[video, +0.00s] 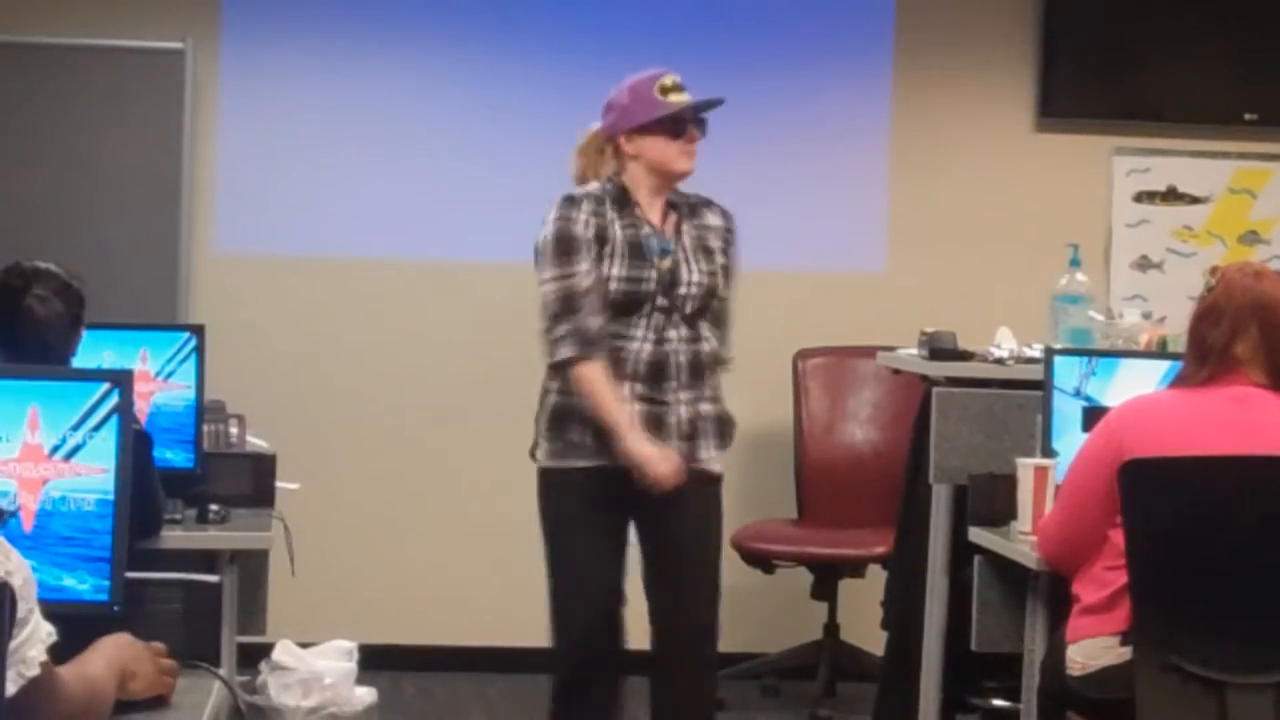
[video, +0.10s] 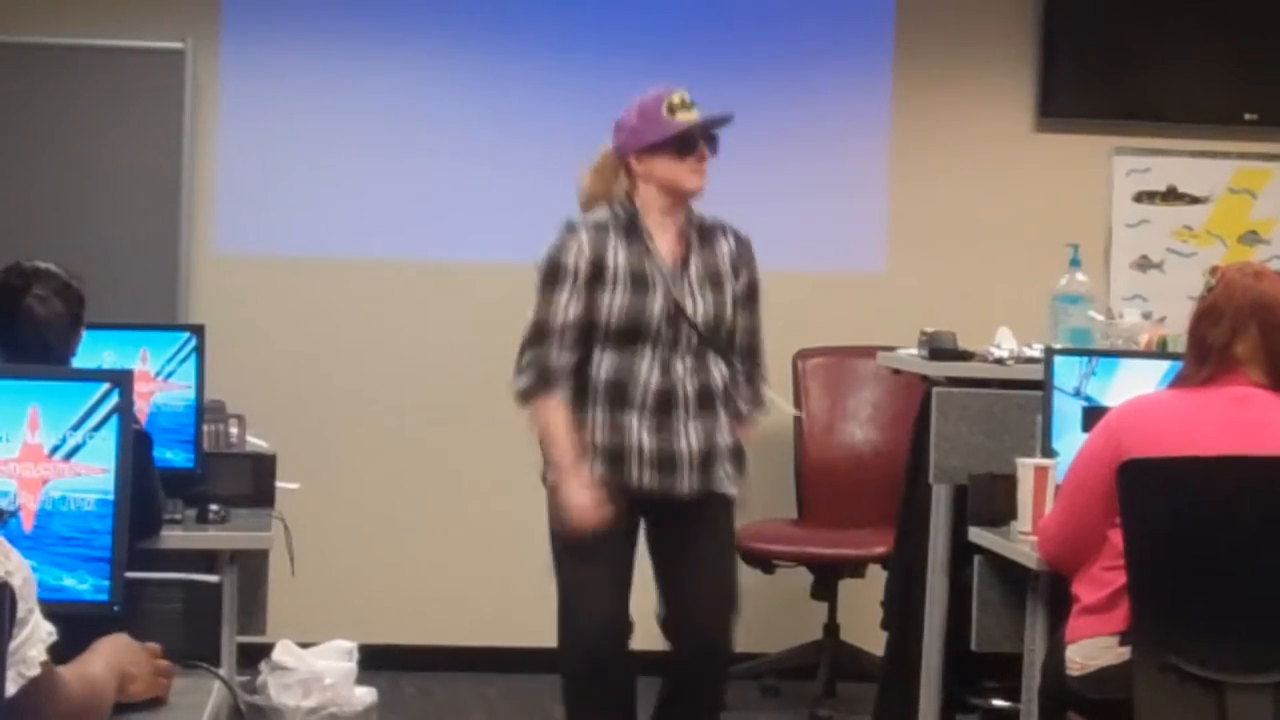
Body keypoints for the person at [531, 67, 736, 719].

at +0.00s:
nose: (694, 136)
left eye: (694, 126)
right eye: (674, 128)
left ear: (691, 134)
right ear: (627, 141)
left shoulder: (712, 221)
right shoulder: (577, 213)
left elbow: (714, 343)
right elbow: (575, 345)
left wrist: (696, 444)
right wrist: (637, 441)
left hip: (685, 462)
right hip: (583, 461)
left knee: (690, 652)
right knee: (588, 650)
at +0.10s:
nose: (701, 156)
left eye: (704, 145)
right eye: (682, 148)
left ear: (709, 153)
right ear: (637, 161)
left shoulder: (730, 248)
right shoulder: (586, 242)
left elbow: (746, 373)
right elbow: (545, 370)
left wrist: (726, 455)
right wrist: (570, 471)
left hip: (698, 472)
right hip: (596, 470)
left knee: (707, 639)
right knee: (595, 644)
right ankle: (600, 719)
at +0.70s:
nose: (579, 158)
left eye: (600, 145)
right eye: (576, 144)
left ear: (642, 157)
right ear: (572, 155)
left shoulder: (697, 245)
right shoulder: (545, 256)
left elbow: (684, 362)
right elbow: (520, 382)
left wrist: (609, 440)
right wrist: (497, 500)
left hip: (679, 495)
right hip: (576, 493)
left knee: (679, 681)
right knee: (571, 676)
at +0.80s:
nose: (570, 121)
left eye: (592, 111)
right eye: (567, 109)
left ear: (641, 127)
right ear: (560, 120)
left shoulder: (695, 211)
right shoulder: (535, 223)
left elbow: (706, 344)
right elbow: (509, 350)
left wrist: (665, 454)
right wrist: (496, 465)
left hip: (672, 469)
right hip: (567, 471)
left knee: (678, 661)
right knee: (565, 659)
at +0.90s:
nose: (561, 141)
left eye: (582, 129)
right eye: (558, 128)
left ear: (630, 143)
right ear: (553, 138)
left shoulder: (690, 232)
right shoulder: (524, 245)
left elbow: (733, 365)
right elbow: (482, 376)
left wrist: (737, 488)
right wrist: (481, 488)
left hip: (671, 491)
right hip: (558, 490)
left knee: (687, 677)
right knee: (550, 679)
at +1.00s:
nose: (561, 179)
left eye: (583, 168)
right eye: (557, 166)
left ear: (628, 186)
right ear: (549, 175)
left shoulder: (683, 282)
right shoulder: (522, 288)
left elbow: (748, 406)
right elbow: (470, 416)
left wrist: (793, 522)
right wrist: (473, 525)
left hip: (658, 517)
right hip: (546, 514)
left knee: (697, 690)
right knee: (529, 692)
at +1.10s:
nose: (597, 181)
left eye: (618, 168)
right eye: (583, 168)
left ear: (650, 185)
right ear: (568, 186)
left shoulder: (697, 285)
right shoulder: (529, 288)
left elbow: (754, 408)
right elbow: (491, 412)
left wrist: (796, 519)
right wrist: (507, 505)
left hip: (659, 518)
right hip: (548, 510)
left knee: (677, 695)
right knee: (522, 687)